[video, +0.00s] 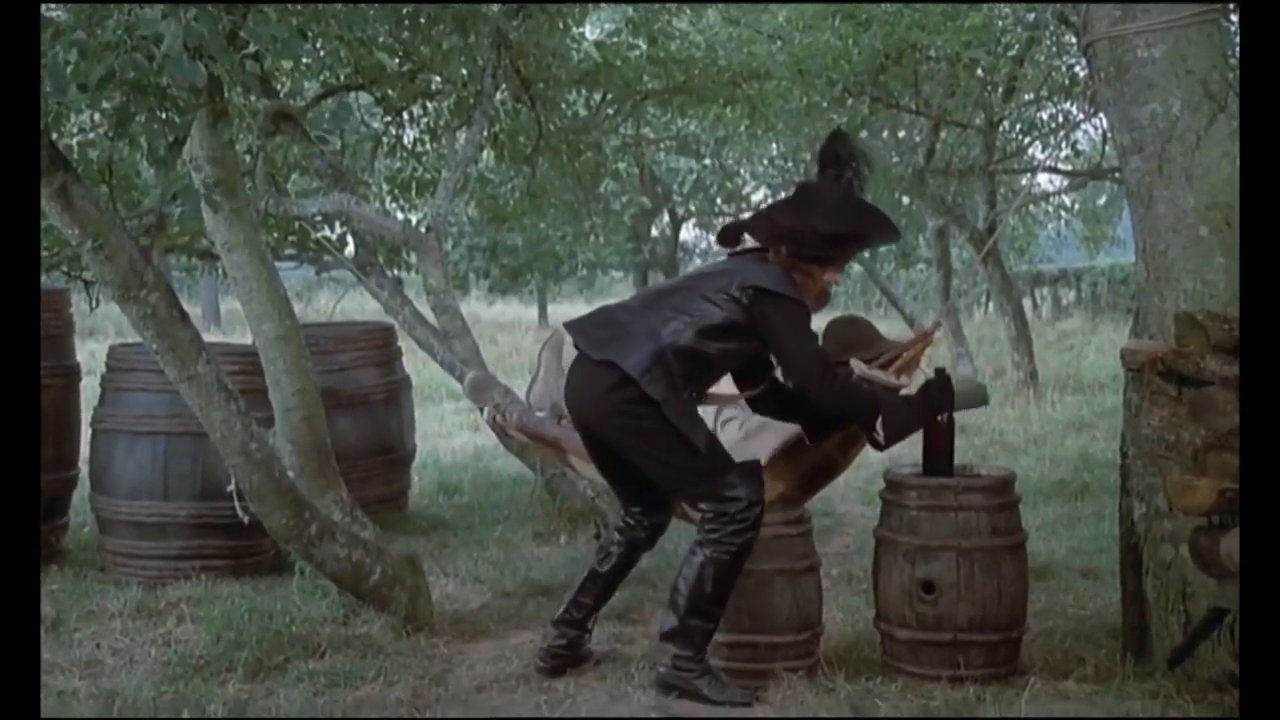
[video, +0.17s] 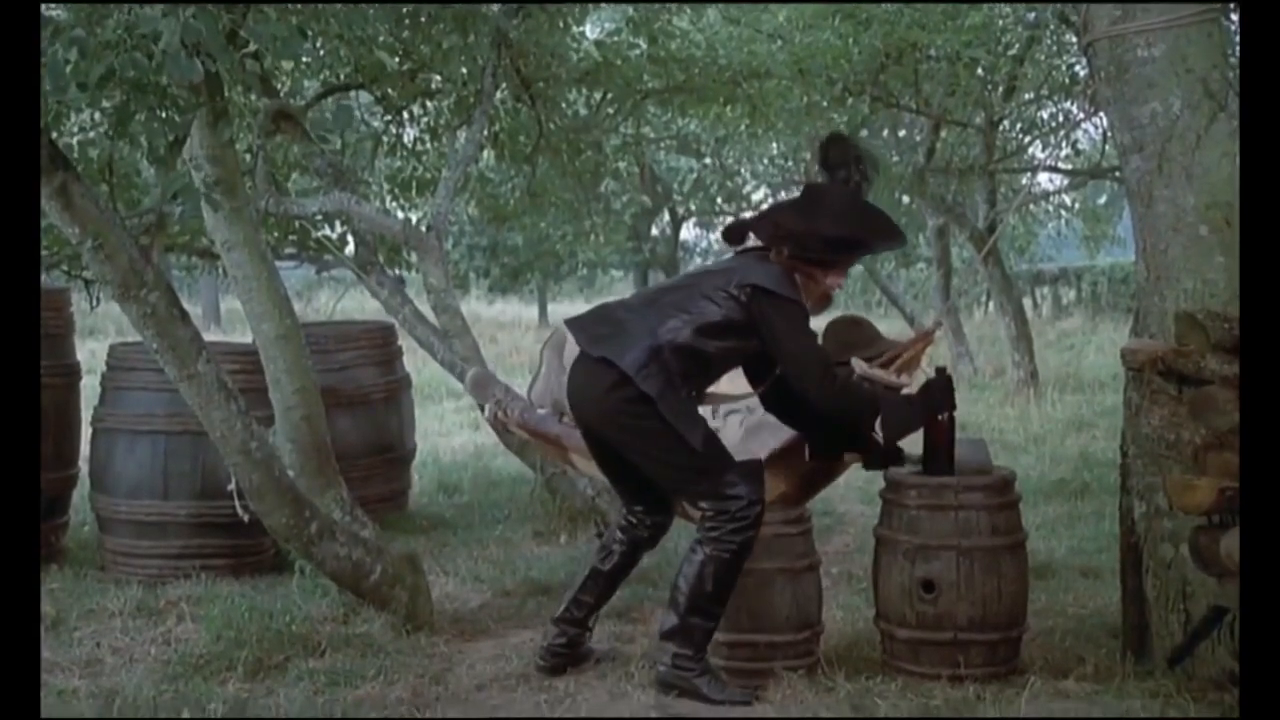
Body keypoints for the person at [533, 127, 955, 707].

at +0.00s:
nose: (837, 285)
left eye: (842, 272)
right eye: (836, 271)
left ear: (783, 254)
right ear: (803, 263)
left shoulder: (736, 277)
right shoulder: (772, 290)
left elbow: (764, 395)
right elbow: (820, 381)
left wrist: (842, 402)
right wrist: (883, 399)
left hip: (588, 381)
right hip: (627, 390)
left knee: (645, 511)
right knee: (736, 500)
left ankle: (564, 639)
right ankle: (685, 663)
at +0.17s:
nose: (840, 288)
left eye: (844, 276)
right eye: (839, 275)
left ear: (788, 254)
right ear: (809, 265)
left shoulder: (742, 279)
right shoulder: (770, 290)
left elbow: (783, 397)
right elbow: (819, 386)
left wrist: (863, 440)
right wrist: (892, 412)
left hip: (590, 379)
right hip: (629, 388)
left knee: (647, 512)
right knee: (735, 502)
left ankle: (565, 638)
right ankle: (684, 662)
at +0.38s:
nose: (834, 280)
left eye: (839, 268)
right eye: (830, 265)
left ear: (778, 242)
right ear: (792, 251)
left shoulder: (742, 266)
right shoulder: (764, 279)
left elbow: (785, 382)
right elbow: (815, 383)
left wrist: (853, 421)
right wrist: (890, 405)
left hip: (594, 371)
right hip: (622, 381)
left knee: (674, 492)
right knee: (730, 496)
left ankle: (583, 611)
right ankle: (683, 660)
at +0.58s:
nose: (822, 269)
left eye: (829, 258)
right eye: (819, 256)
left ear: (776, 237)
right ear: (790, 246)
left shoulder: (735, 259)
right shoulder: (745, 272)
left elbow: (750, 373)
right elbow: (767, 375)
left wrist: (818, 419)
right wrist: (834, 415)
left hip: (593, 354)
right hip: (605, 362)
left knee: (688, 482)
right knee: (702, 487)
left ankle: (638, 619)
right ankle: (683, 659)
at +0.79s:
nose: (808, 269)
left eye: (814, 257)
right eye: (803, 255)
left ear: (778, 246)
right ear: (769, 242)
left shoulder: (743, 276)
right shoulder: (711, 275)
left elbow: (730, 386)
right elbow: (732, 397)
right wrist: (817, 459)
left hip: (625, 352)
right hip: (587, 349)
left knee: (690, 469)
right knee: (669, 472)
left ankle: (636, 621)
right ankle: (647, 640)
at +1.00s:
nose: (800, 299)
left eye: (808, 285)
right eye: (795, 282)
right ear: (760, 268)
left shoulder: (729, 297)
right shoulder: (704, 304)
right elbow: (710, 442)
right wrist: (742, 538)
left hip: (630, 365)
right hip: (575, 358)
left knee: (689, 481)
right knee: (639, 485)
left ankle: (654, 619)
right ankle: (606, 652)